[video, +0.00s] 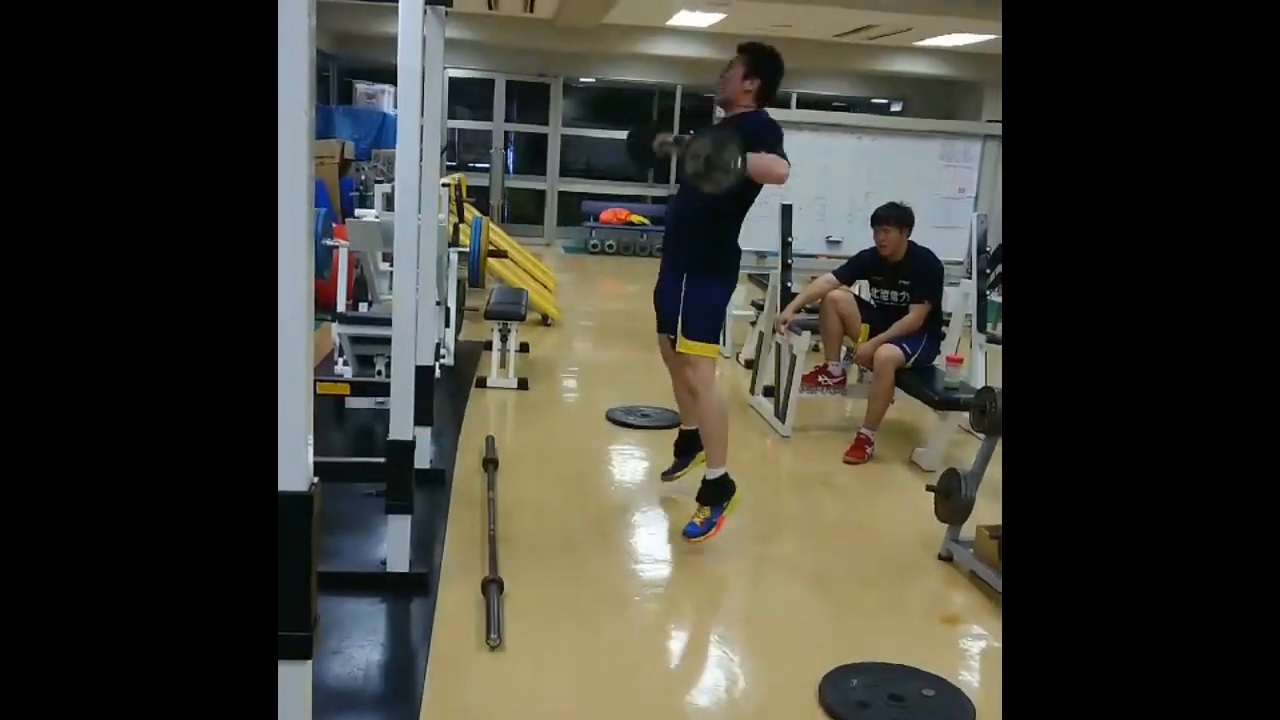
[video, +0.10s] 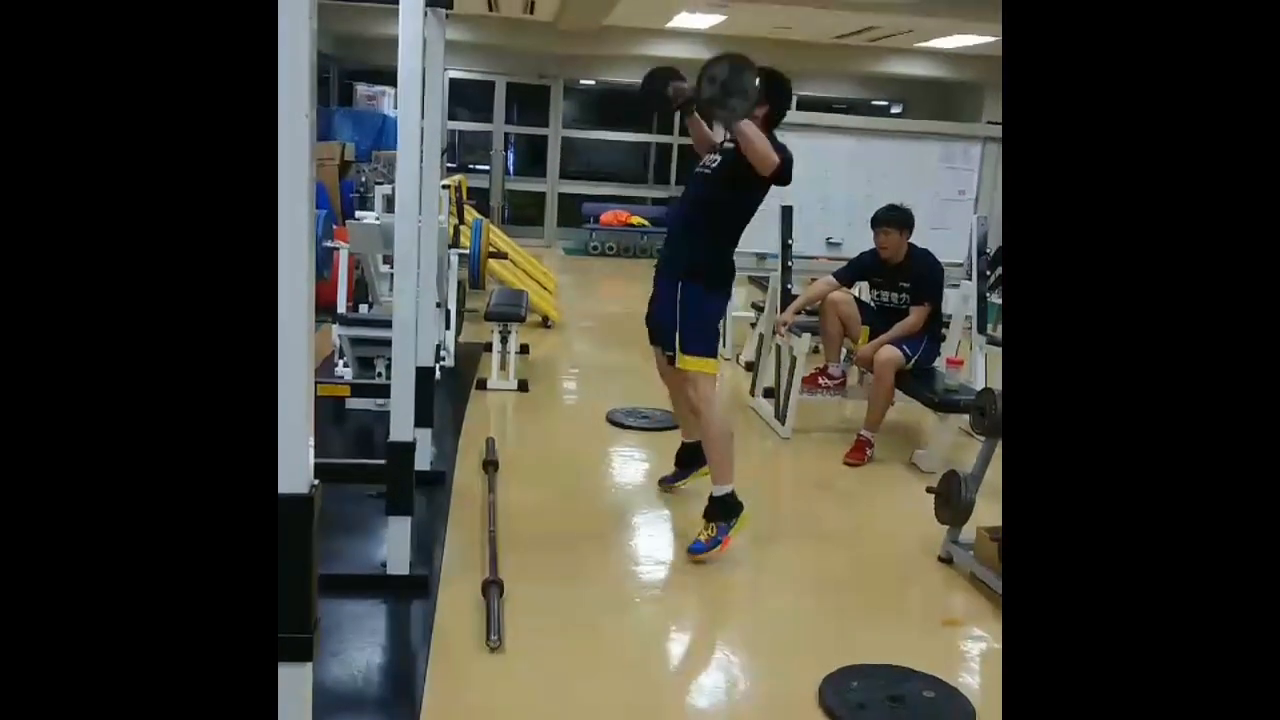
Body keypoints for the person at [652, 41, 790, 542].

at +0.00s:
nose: (721, 77)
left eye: (730, 71)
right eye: (725, 70)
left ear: (751, 83)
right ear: (743, 82)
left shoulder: (759, 126)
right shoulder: (722, 125)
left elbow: (779, 170)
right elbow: (697, 153)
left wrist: (731, 159)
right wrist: (666, 146)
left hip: (710, 264)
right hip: (678, 256)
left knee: (698, 370)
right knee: (671, 349)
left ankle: (719, 483)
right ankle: (690, 434)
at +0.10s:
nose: (734, 101)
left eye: (744, 93)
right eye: (738, 91)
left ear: (762, 107)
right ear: (750, 106)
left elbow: (769, 165)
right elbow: (708, 149)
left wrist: (732, 112)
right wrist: (689, 107)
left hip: (704, 281)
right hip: (673, 273)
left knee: (700, 390)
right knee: (669, 367)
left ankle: (725, 502)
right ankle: (692, 448)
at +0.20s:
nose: (729, 128)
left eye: (737, 123)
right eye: (730, 121)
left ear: (753, 136)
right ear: (731, 132)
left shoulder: (750, 184)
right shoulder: (716, 166)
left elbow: (744, 136)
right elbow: (702, 127)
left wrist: (733, 71)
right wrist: (691, 79)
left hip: (706, 312)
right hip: (677, 304)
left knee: (685, 420)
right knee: (658, 400)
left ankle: (731, 527)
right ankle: (698, 473)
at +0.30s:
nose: (723, 128)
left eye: (733, 122)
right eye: (723, 122)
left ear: (745, 135)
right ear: (728, 135)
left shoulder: (742, 178)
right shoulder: (718, 169)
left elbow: (732, 110)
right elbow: (710, 115)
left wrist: (739, 42)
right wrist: (701, 62)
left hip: (706, 315)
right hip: (683, 309)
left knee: (679, 421)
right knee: (657, 399)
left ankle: (732, 530)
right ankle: (699, 476)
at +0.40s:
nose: (720, 113)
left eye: (730, 108)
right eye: (719, 108)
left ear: (747, 124)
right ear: (720, 121)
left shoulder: (741, 169)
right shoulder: (713, 161)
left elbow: (739, 100)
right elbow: (712, 103)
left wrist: (749, 37)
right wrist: (708, 57)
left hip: (706, 306)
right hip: (679, 301)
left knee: (700, 420)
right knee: (673, 401)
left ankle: (734, 531)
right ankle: (701, 477)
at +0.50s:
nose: (713, 118)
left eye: (724, 111)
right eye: (714, 112)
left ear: (743, 127)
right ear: (716, 125)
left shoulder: (739, 173)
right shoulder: (711, 167)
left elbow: (737, 100)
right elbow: (710, 104)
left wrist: (744, 36)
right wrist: (706, 58)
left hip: (709, 311)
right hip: (683, 306)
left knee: (704, 421)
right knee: (676, 399)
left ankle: (736, 532)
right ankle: (701, 478)